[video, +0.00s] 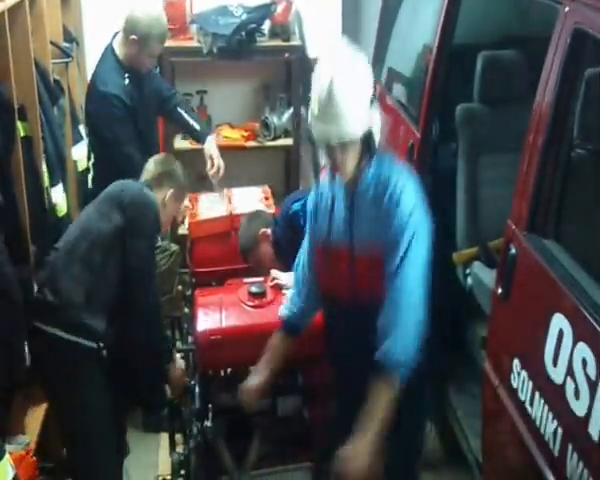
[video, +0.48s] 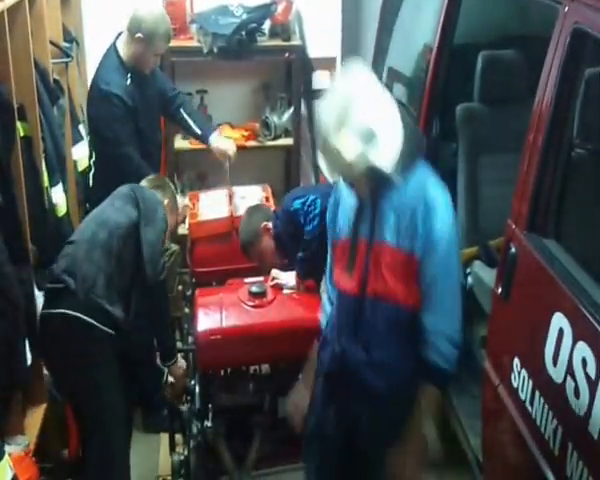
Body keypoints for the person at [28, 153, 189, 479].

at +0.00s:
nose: (173, 222)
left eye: (179, 214)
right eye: (177, 211)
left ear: (152, 184)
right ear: (167, 194)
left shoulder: (122, 194)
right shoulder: (140, 201)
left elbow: (136, 300)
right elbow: (141, 299)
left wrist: (165, 358)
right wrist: (165, 363)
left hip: (50, 328)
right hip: (74, 339)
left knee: (90, 448)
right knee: (103, 452)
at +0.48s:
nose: (171, 231)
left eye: (174, 225)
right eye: (174, 222)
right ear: (170, 204)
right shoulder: (151, 200)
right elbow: (153, 278)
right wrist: (171, 357)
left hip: (53, 323)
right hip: (86, 328)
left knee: (96, 430)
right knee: (111, 428)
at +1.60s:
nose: (186, 239)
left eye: (193, 231)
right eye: (190, 226)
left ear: (171, 195)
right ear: (173, 197)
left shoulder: (141, 216)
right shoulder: (125, 217)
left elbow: (143, 312)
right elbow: (117, 311)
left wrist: (150, 379)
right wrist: (142, 383)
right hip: (55, 356)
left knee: (111, 454)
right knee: (81, 461)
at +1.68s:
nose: (190, 249)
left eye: (196, 241)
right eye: (193, 236)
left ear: (177, 205)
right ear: (178, 205)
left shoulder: (150, 232)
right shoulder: (121, 222)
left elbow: (143, 325)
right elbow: (116, 322)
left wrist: (149, 392)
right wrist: (137, 395)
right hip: (53, 364)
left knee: (111, 459)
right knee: (77, 464)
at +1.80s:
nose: (192, 267)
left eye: (198, 258)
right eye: (196, 255)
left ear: (184, 225)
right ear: (184, 227)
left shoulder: (154, 248)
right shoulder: (123, 240)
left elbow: (144, 345)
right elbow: (110, 343)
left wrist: (150, 424)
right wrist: (125, 433)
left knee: (109, 463)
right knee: (76, 467)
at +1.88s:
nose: (193, 293)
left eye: (202, 284)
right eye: (200, 279)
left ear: (187, 249)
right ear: (189, 250)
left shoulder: (155, 267)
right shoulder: (125, 253)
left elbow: (147, 369)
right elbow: (115, 360)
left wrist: (159, 451)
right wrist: (132, 455)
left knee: (109, 465)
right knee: (73, 470)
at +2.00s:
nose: (196, 317)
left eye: (205, 307)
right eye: (204, 302)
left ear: (190, 274)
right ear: (192, 275)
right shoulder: (126, 271)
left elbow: (148, 382)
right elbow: (118, 373)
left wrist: (165, 463)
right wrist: (140, 464)